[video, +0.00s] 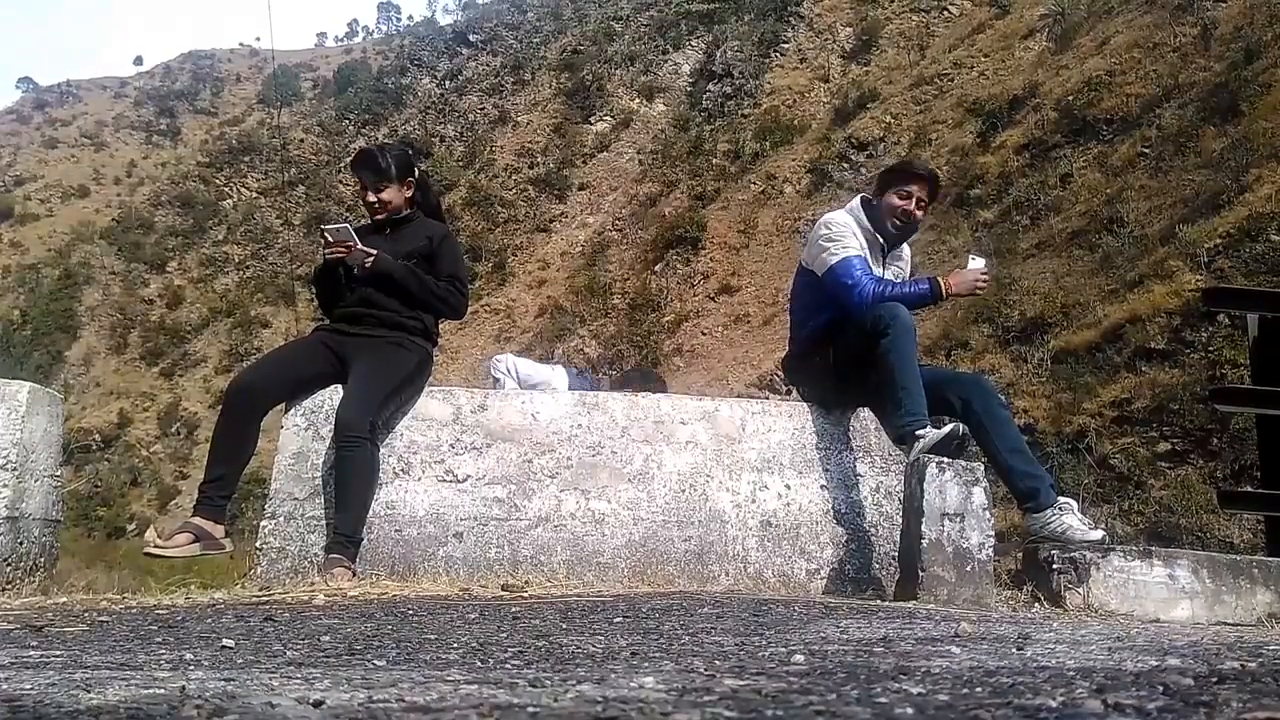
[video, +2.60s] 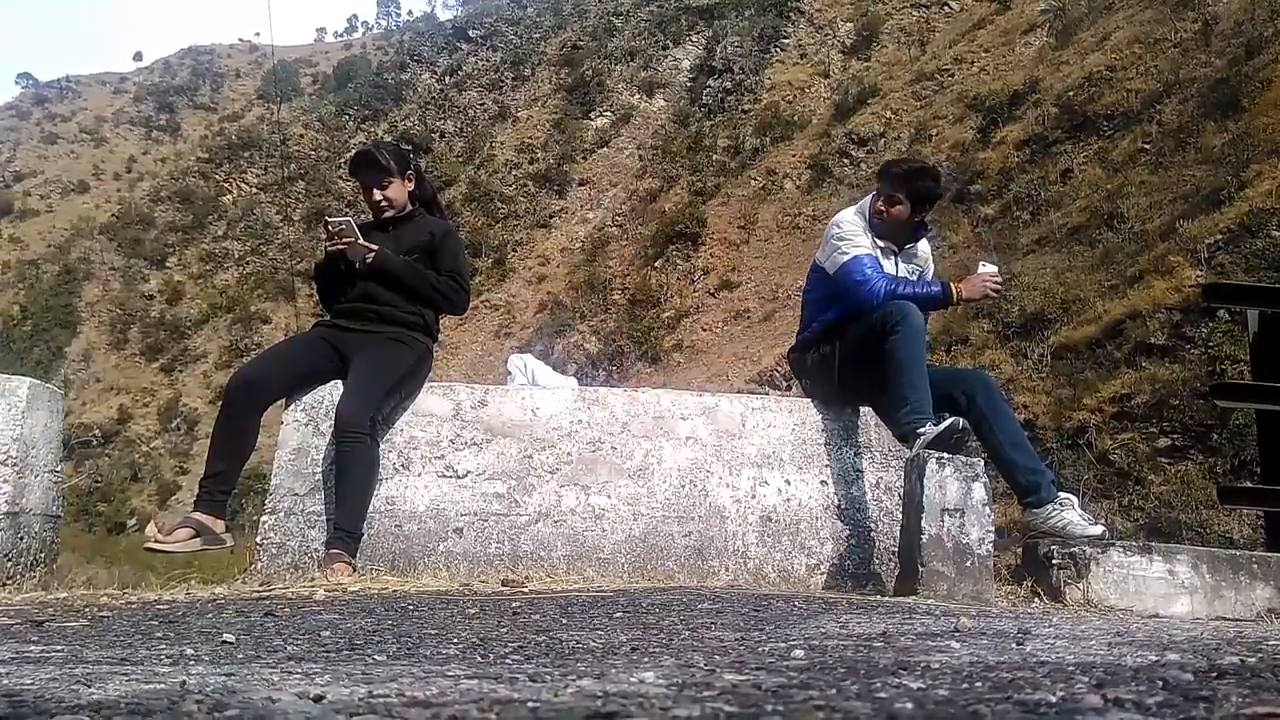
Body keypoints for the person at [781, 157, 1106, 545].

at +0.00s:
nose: (910, 209)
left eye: (920, 205)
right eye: (902, 196)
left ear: (923, 215)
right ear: (878, 193)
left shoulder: (899, 251)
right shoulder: (835, 228)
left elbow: (886, 308)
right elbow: (862, 292)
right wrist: (943, 286)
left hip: (872, 375)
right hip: (821, 371)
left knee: (975, 391)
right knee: (893, 317)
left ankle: (1043, 509)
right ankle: (914, 433)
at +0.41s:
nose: (954, 230)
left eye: (958, 221)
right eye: (950, 216)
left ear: (924, 212)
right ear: (919, 204)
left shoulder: (914, 256)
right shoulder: (857, 227)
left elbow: (903, 308)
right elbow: (870, 294)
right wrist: (948, 290)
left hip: (876, 374)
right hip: (827, 369)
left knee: (976, 389)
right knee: (899, 315)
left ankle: (1043, 507)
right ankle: (915, 429)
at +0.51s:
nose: (959, 232)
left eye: (964, 223)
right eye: (956, 219)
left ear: (928, 214)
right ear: (925, 208)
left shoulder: (915, 254)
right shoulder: (865, 229)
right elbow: (873, 294)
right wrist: (952, 291)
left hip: (876, 373)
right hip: (828, 368)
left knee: (976, 390)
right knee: (902, 317)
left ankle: (1043, 507)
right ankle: (916, 429)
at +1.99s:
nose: (915, 209)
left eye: (928, 205)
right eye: (908, 197)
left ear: (939, 217)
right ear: (892, 196)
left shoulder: (921, 257)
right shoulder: (857, 228)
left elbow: (912, 313)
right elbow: (874, 293)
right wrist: (951, 290)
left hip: (881, 373)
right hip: (826, 367)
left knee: (976, 387)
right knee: (904, 316)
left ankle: (1043, 504)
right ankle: (918, 428)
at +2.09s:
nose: (907, 209)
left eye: (921, 205)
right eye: (901, 198)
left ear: (936, 217)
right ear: (891, 197)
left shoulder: (921, 254)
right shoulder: (855, 229)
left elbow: (914, 308)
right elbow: (875, 292)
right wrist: (951, 290)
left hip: (880, 373)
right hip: (825, 368)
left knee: (977, 388)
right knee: (904, 317)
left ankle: (1043, 505)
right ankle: (918, 429)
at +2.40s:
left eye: (912, 212)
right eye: (919, 220)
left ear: (922, 218)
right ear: (891, 203)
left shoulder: (919, 252)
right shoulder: (851, 228)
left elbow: (914, 308)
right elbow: (875, 290)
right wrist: (956, 292)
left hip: (880, 373)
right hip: (825, 367)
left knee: (976, 387)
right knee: (903, 316)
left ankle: (1043, 504)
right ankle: (917, 429)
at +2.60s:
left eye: (917, 215)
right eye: (915, 216)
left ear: (912, 213)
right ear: (887, 204)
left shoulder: (918, 245)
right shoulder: (846, 228)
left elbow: (917, 309)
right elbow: (873, 290)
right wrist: (955, 290)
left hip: (882, 372)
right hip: (825, 366)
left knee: (976, 386)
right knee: (901, 314)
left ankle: (1043, 503)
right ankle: (917, 428)